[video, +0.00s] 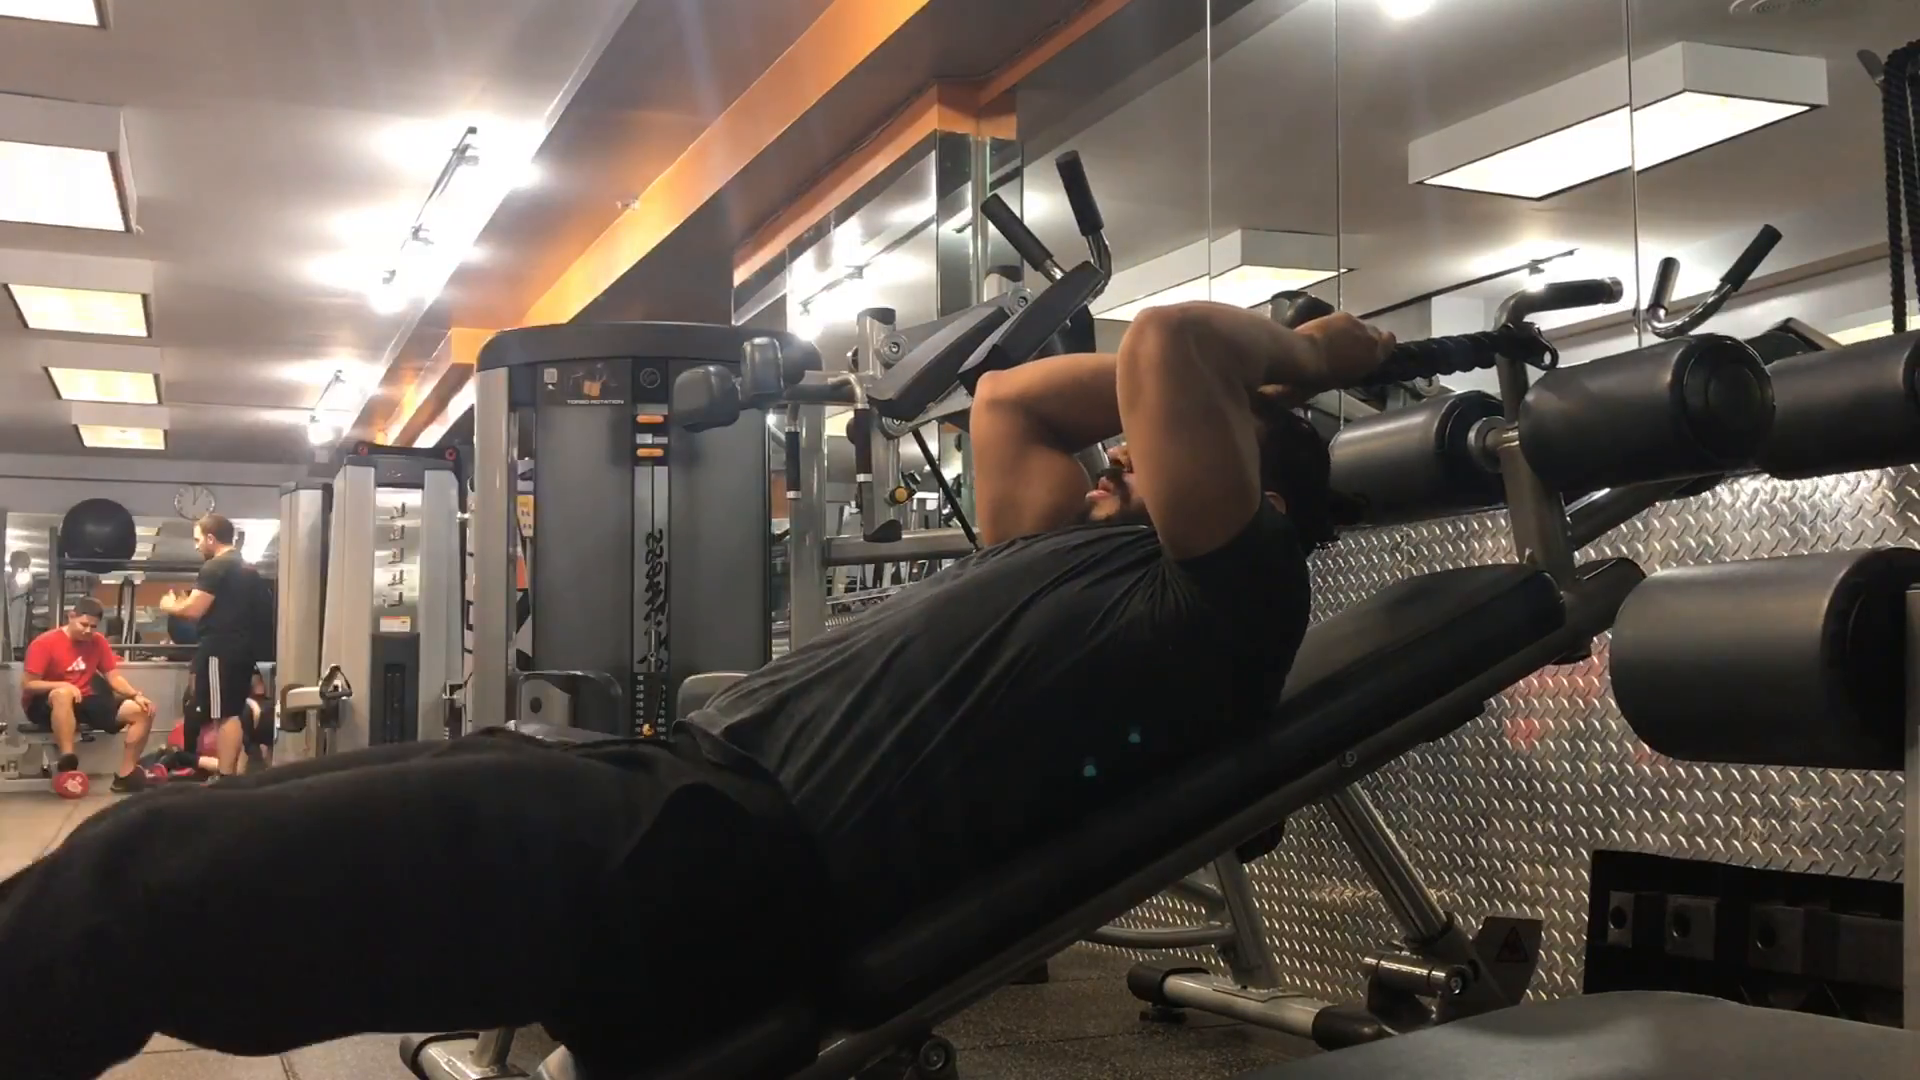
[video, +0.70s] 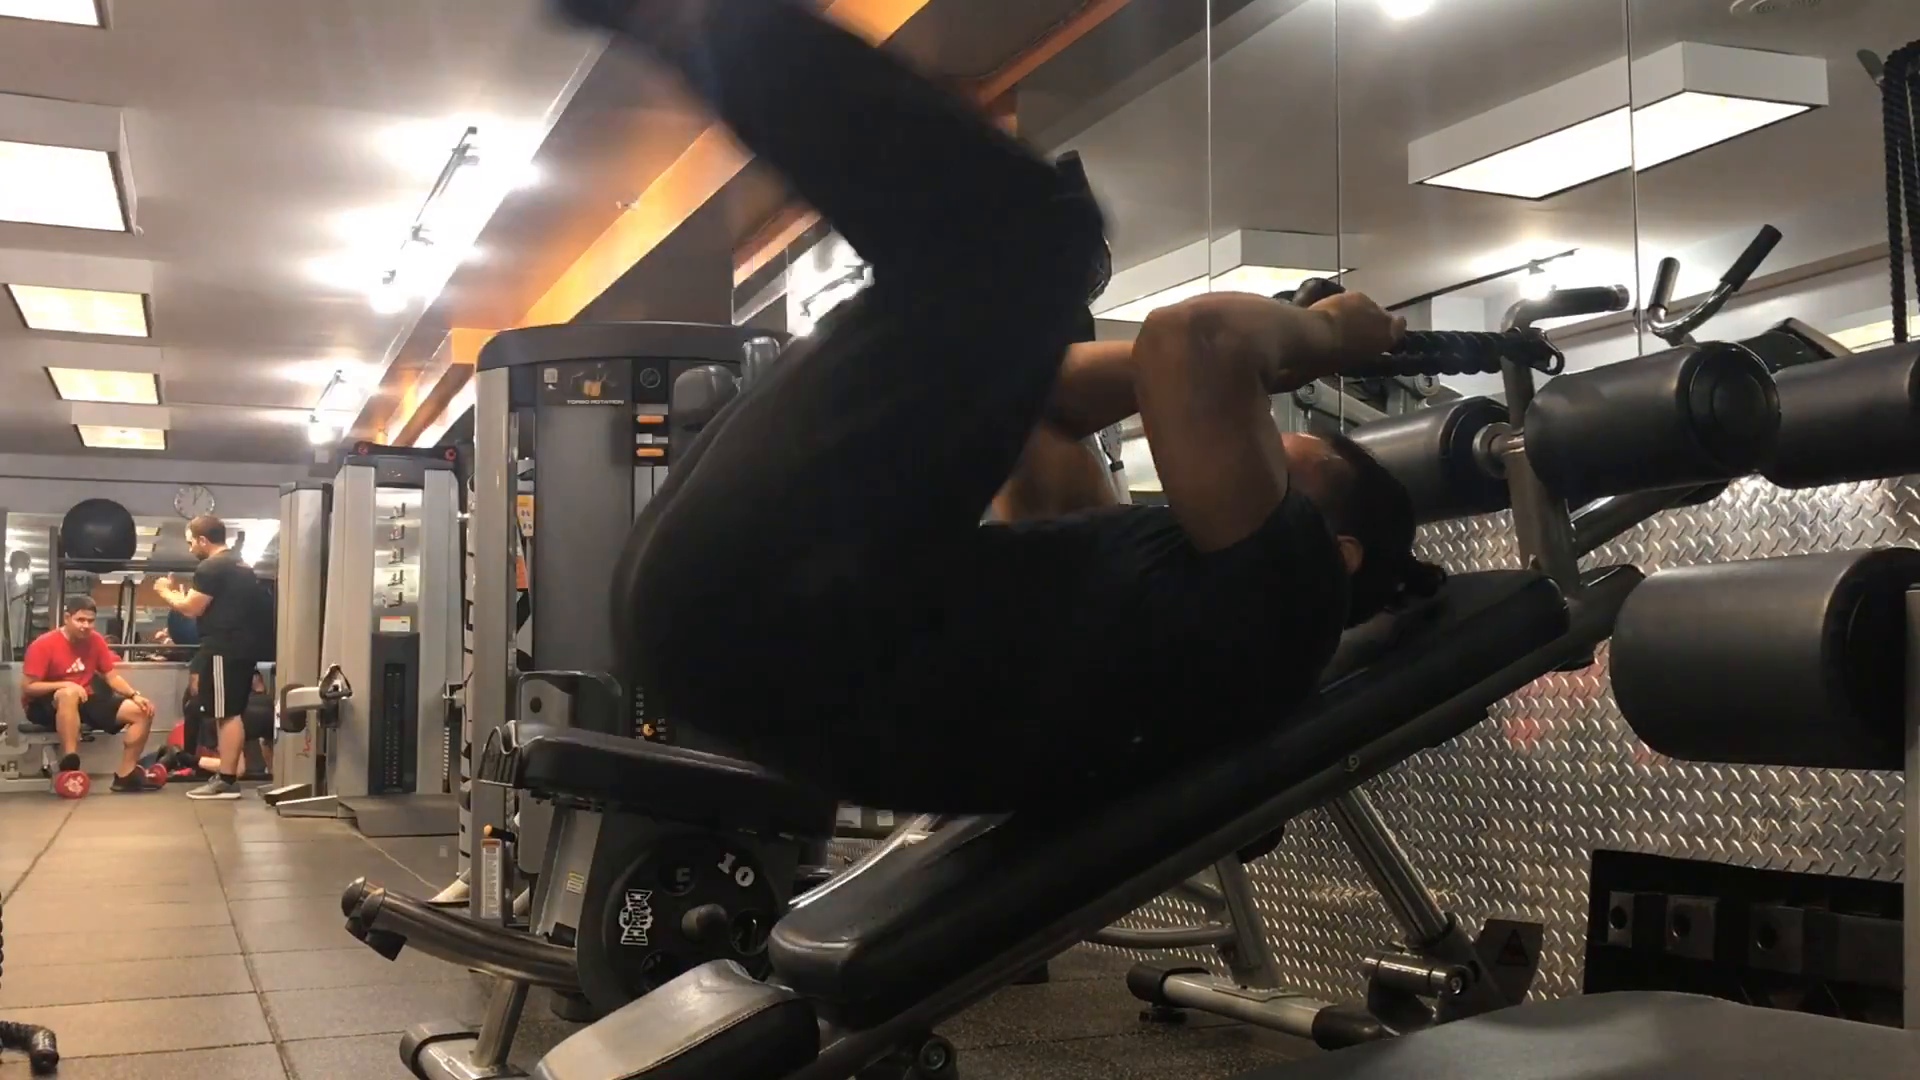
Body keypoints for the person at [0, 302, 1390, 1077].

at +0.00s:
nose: (1123, 443)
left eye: (1162, 429)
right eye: (1107, 436)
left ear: (1243, 482)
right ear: (1122, 493)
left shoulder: (1224, 616)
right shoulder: (1056, 570)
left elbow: (1172, 331)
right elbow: (1003, 399)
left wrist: (1313, 352)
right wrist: (1206, 407)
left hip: (709, 863)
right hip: (642, 781)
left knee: (126, 893)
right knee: (131, 864)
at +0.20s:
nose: (1148, 454)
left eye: (1195, 434)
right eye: (1147, 436)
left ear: (1252, 486)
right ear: (1200, 494)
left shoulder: (1230, 614)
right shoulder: (1075, 571)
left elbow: (1172, 335)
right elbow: (1004, 403)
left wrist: (1310, 354)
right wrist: (1203, 406)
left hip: (716, 899)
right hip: (677, 803)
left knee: (183, 698)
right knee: (212, 670)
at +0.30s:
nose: (1166, 449)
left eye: (1212, 432)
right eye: (1186, 434)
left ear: (1264, 487)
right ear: (1202, 489)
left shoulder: (1234, 619)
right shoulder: (1071, 568)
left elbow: (1164, 339)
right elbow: (1006, 407)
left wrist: (1299, 357)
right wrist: (1201, 391)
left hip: (744, 895)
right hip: (700, 813)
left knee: (305, 506)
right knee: (298, 492)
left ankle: (25, 716)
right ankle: (54, 643)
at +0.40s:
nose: (1190, 478)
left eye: (1231, 469)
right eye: (1216, 462)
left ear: (1274, 512)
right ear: (1211, 501)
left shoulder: (1239, 623)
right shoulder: (1080, 579)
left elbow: (1184, 342)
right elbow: (1013, 404)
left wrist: (1312, 352)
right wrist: (1225, 399)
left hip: (772, 886)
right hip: (719, 821)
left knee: (504, 359)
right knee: (514, 346)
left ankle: (73, 487)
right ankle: (95, 474)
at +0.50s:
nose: (1236, 468)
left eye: (1270, 463)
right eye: (1253, 454)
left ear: (1303, 521)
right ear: (1233, 500)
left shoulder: (1254, 618)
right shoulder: (1103, 581)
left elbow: (1194, 337)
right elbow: (1010, 401)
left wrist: (1323, 344)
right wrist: (1216, 393)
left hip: (735, 820)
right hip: (730, 754)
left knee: (721, 273)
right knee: (739, 266)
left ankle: (262, 263)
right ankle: (320, 256)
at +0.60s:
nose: (1265, 445)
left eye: (1296, 451)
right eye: (1276, 438)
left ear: (1331, 536)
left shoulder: (1272, 602)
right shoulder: (1107, 573)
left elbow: (1195, 335)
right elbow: (1017, 395)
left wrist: (1326, 339)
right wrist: (1205, 406)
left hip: (744, 728)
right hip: (676, 714)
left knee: (911, 248)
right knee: (884, 291)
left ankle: (473, 88)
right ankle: (481, 96)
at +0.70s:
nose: (1273, 446)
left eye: (1304, 458)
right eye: (1288, 447)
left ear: (1337, 543)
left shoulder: (1285, 602)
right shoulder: (1113, 590)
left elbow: (1195, 332)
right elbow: (1044, 396)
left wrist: (1327, 329)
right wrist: (1200, 379)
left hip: (759, 625)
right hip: (706, 621)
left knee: (1030, 230)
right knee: (1024, 230)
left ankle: (667, 20)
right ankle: (677, 30)